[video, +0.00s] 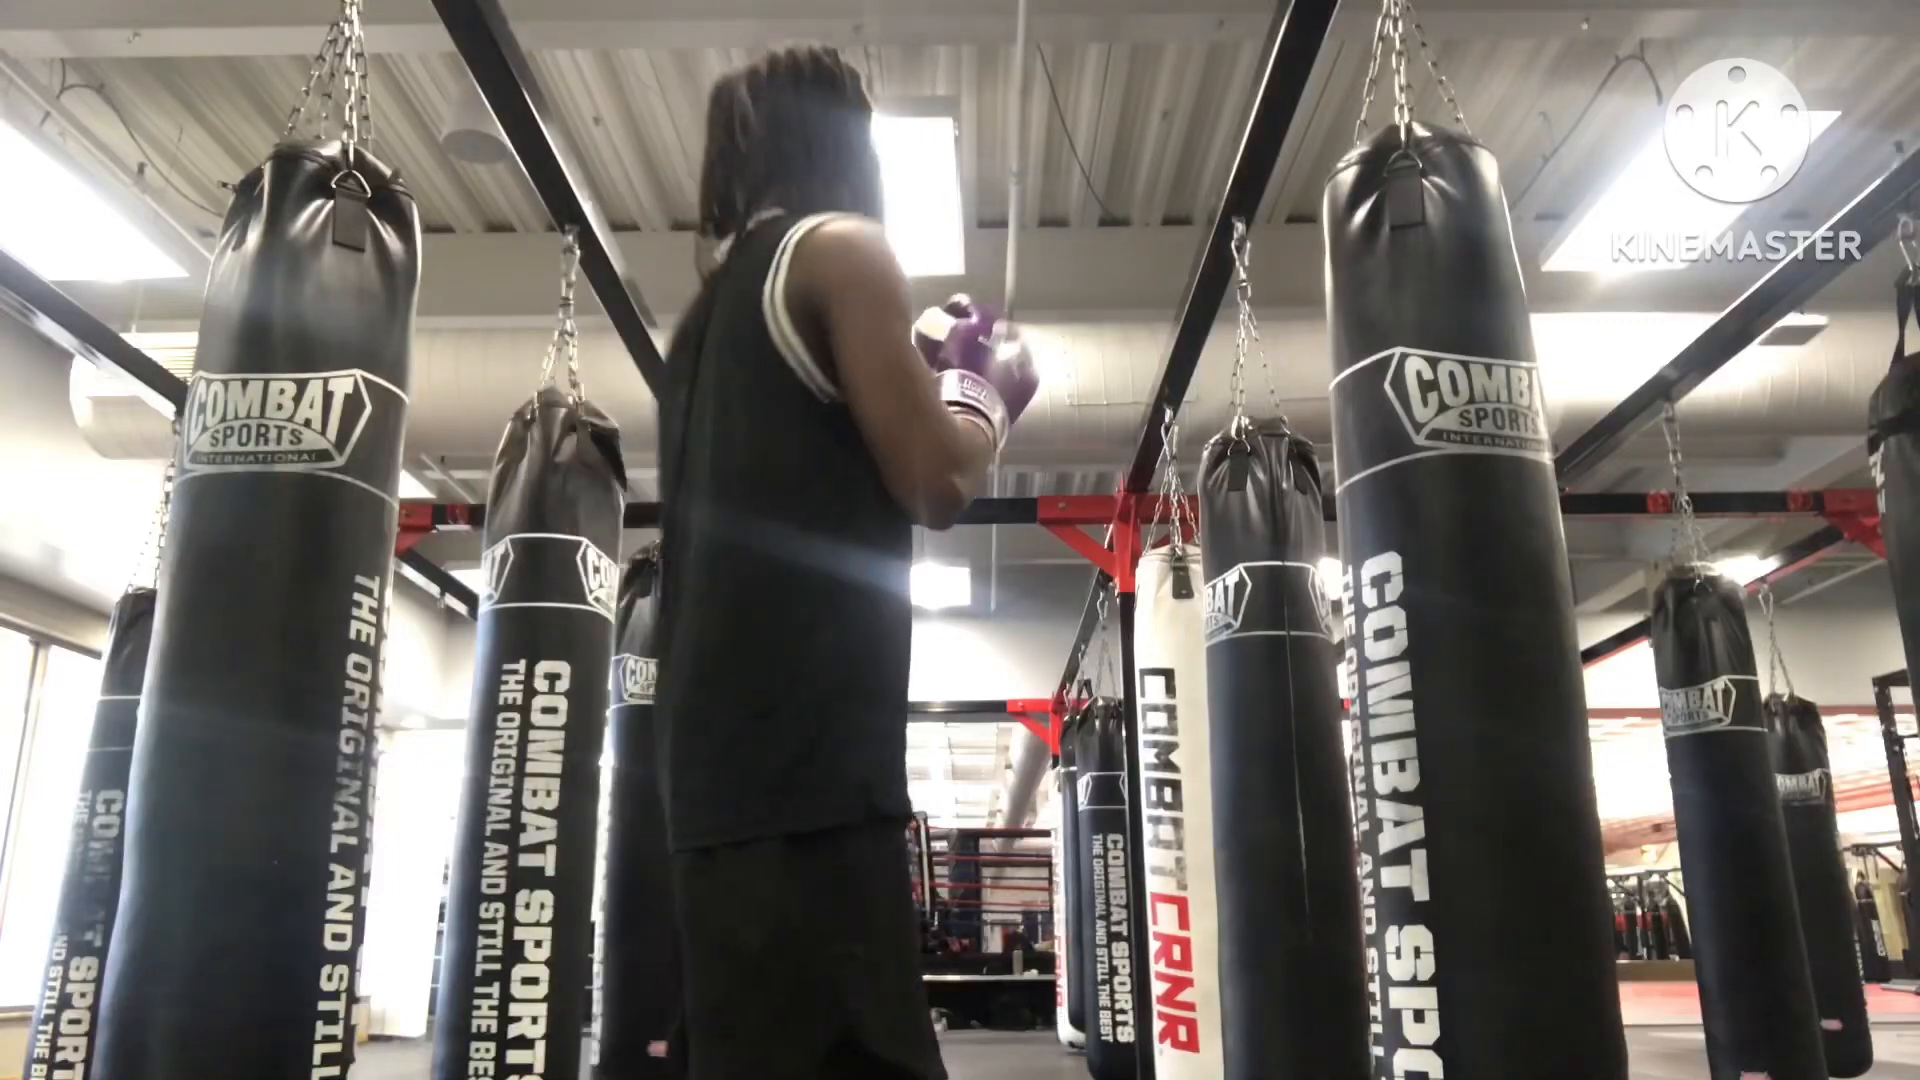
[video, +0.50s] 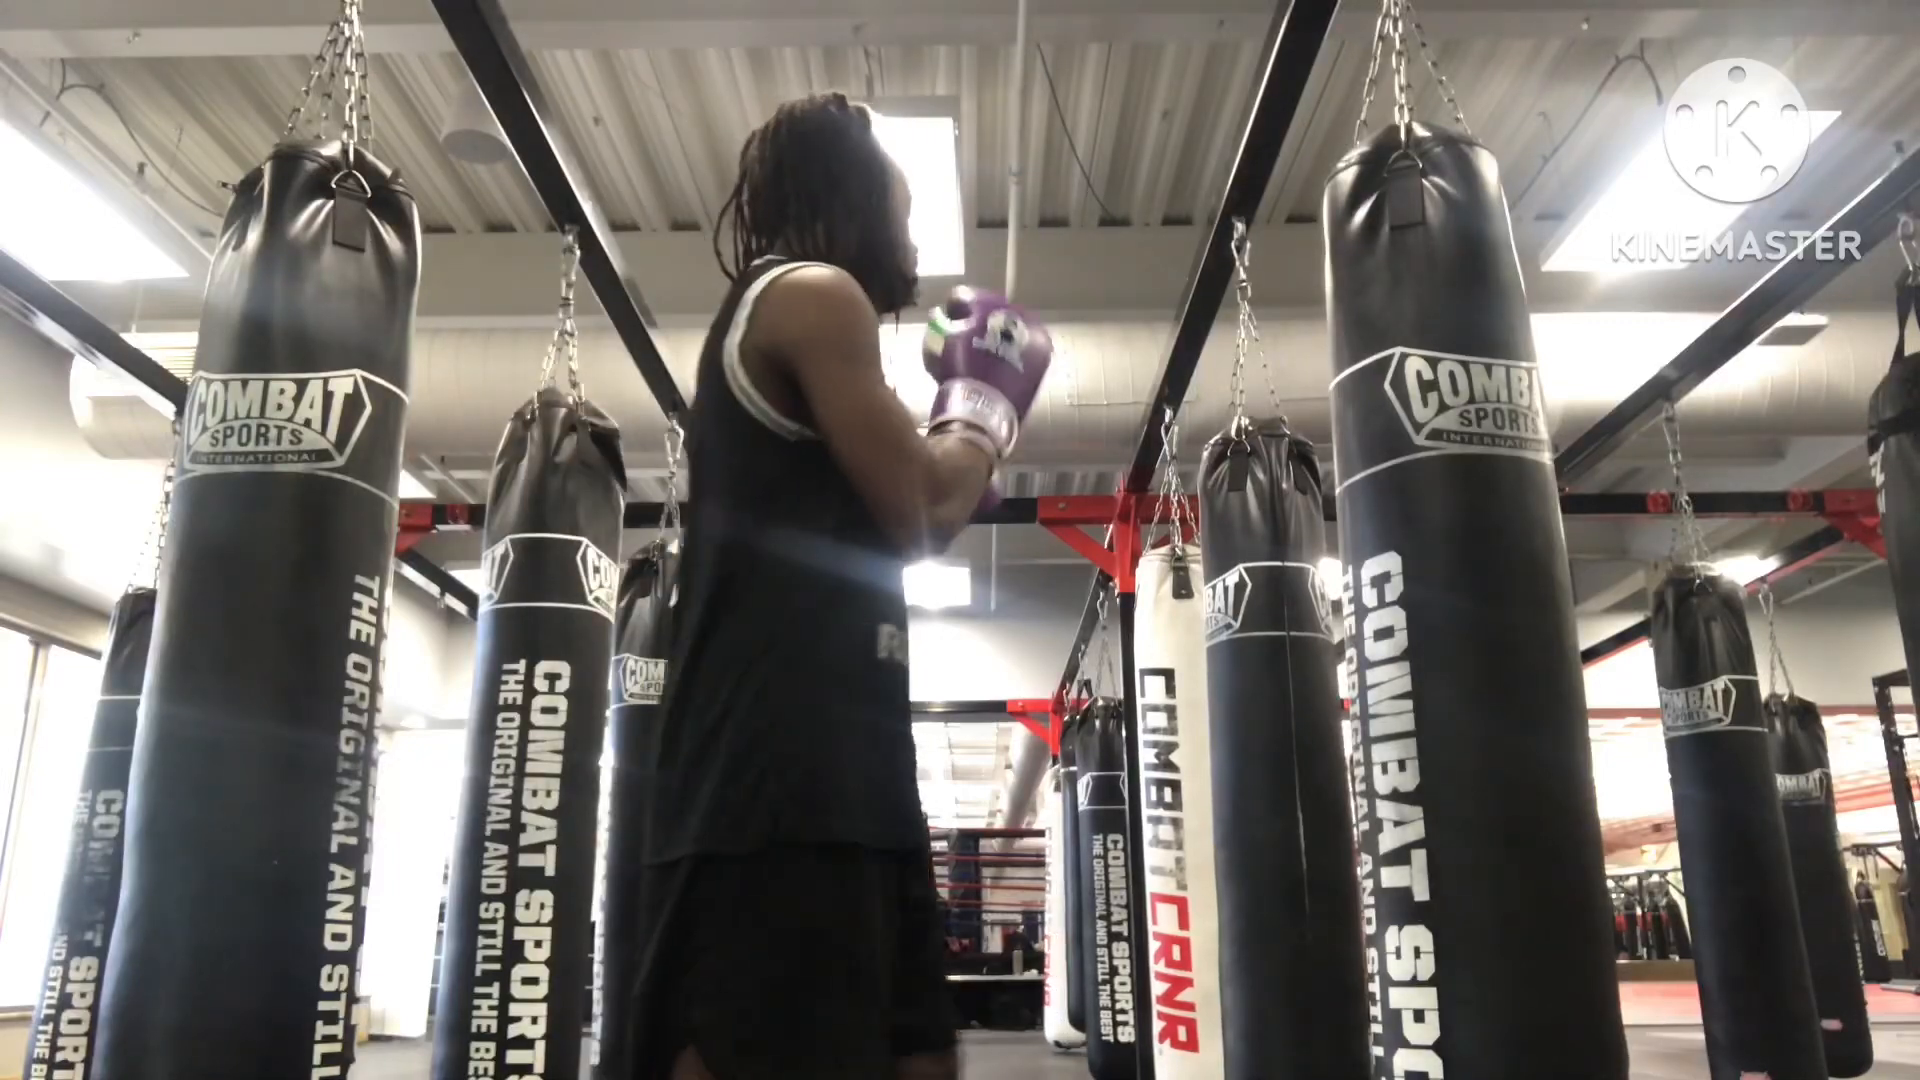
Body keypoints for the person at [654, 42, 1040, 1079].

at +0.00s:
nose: (873, 154)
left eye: (866, 135)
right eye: (864, 133)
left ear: (739, 151)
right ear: (837, 138)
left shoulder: (716, 296)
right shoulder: (837, 250)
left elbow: (795, 463)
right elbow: (938, 482)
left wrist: (918, 363)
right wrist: (986, 401)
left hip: (717, 746)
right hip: (809, 746)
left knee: (750, 1036)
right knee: (851, 1040)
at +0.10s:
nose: (886, 172)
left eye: (878, 150)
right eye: (874, 150)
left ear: (754, 172)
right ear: (847, 158)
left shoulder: (752, 295)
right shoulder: (833, 268)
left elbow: (826, 473)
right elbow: (946, 492)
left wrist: (928, 366)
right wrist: (993, 384)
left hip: (739, 767)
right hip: (810, 767)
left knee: (755, 1045)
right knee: (865, 1046)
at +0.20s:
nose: (899, 188)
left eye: (889, 166)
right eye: (886, 166)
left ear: (769, 186)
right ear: (862, 176)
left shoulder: (772, 296)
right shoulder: (830, 283)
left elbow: (938, 497)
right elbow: (953, 488)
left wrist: (964, 366)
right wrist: (999, 375)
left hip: (755, 765)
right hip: (811, 770)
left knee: (755, 1046)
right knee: (846, 1050)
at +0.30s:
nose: (906, 195)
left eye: (896, 173)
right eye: (891, 173)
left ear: (780, 190)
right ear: (862, 183)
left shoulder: (775, 303)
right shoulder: (830, 286)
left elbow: (941, 504)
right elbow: (952, 475)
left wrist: (988, 420)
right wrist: (990, 368)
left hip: (759, 749)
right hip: (813, 752)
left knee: (763, 1041)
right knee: (833, 1044)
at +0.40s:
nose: (910, 199)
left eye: (901, 176)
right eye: (895, 176)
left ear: (786, 192)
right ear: (864, 187)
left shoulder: (777, 302)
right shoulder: (830, 291)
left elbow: (925, 511)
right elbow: (948, 479)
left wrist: (978, 396)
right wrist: (987, 371)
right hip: (809, 743)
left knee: (774, 1028)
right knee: (792, 1032)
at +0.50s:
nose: (910, 203)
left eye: (901, 180)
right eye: (894, 180)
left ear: (790, 197)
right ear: (853, 192)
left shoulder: (769, 308)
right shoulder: (815, 298)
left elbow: (923, 518)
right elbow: (911, 503)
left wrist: (973, 419)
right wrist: (981, 419)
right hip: (800, 742)